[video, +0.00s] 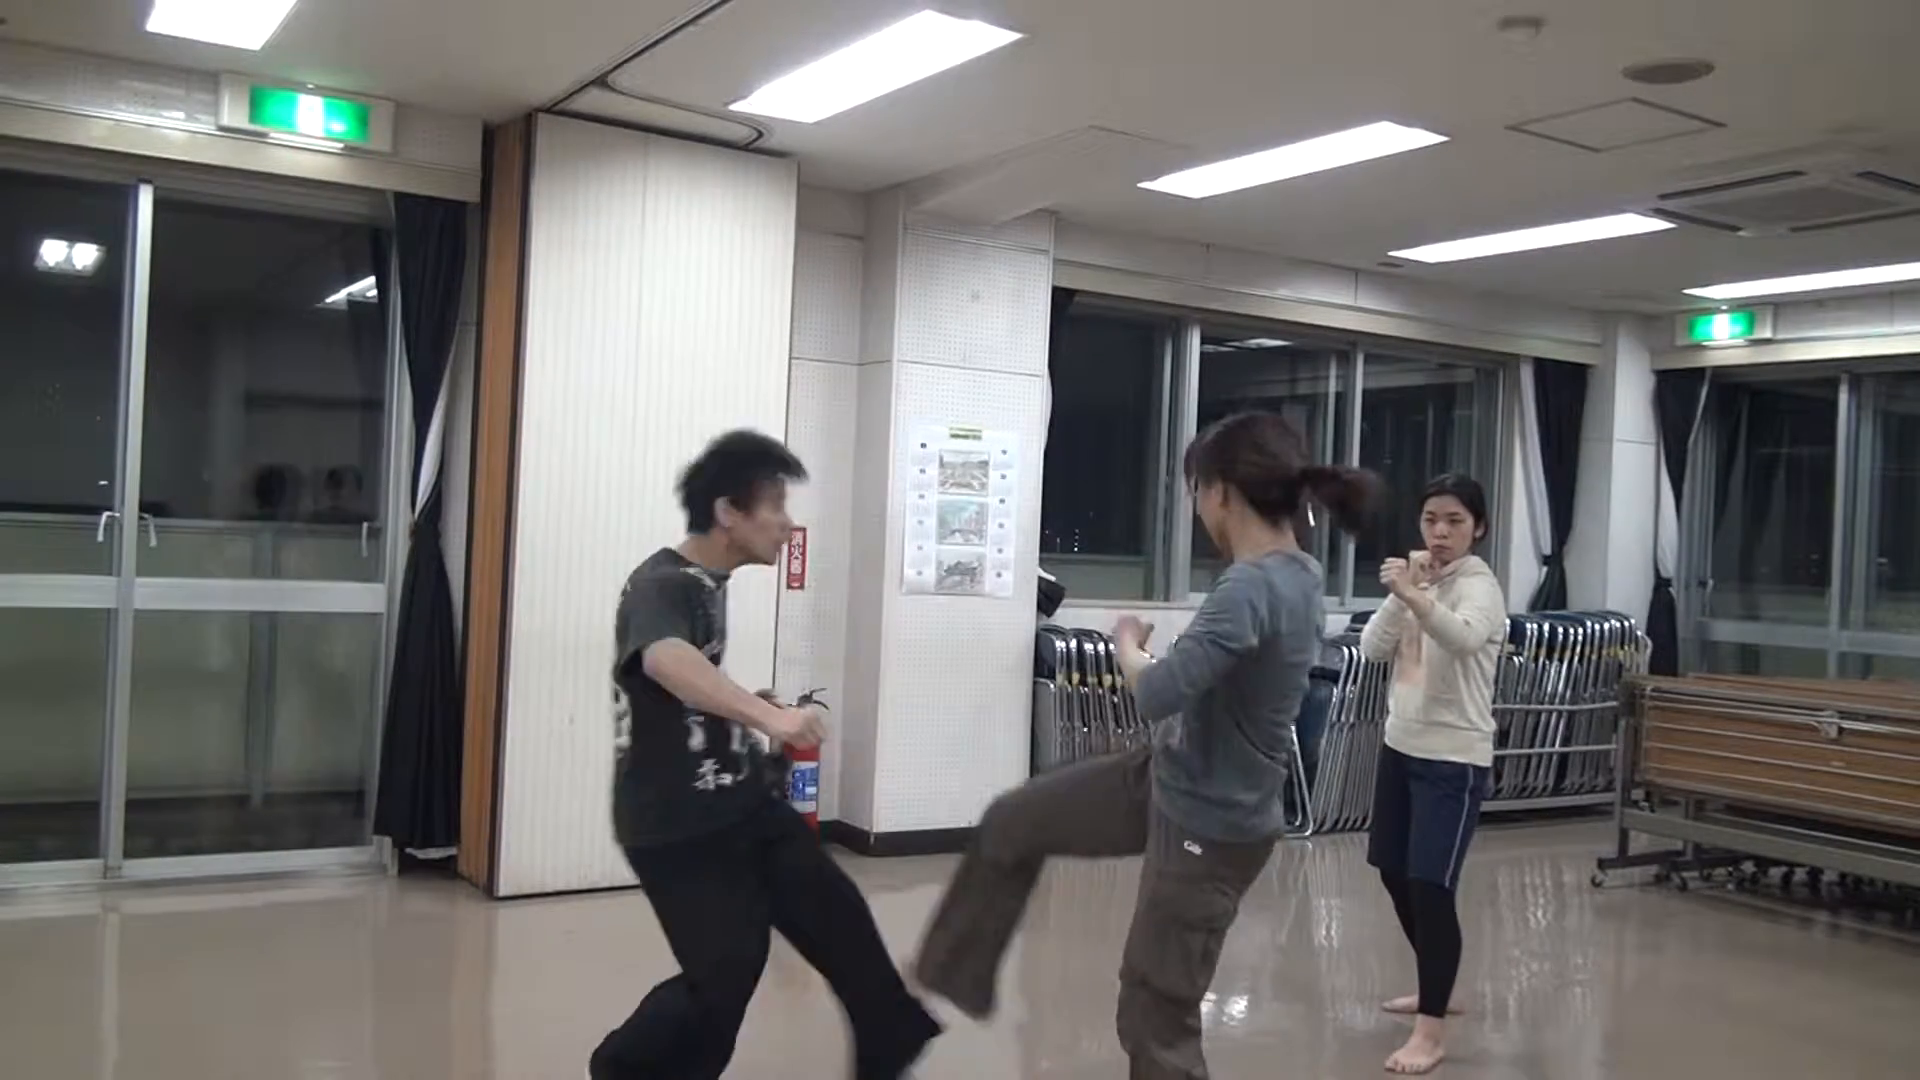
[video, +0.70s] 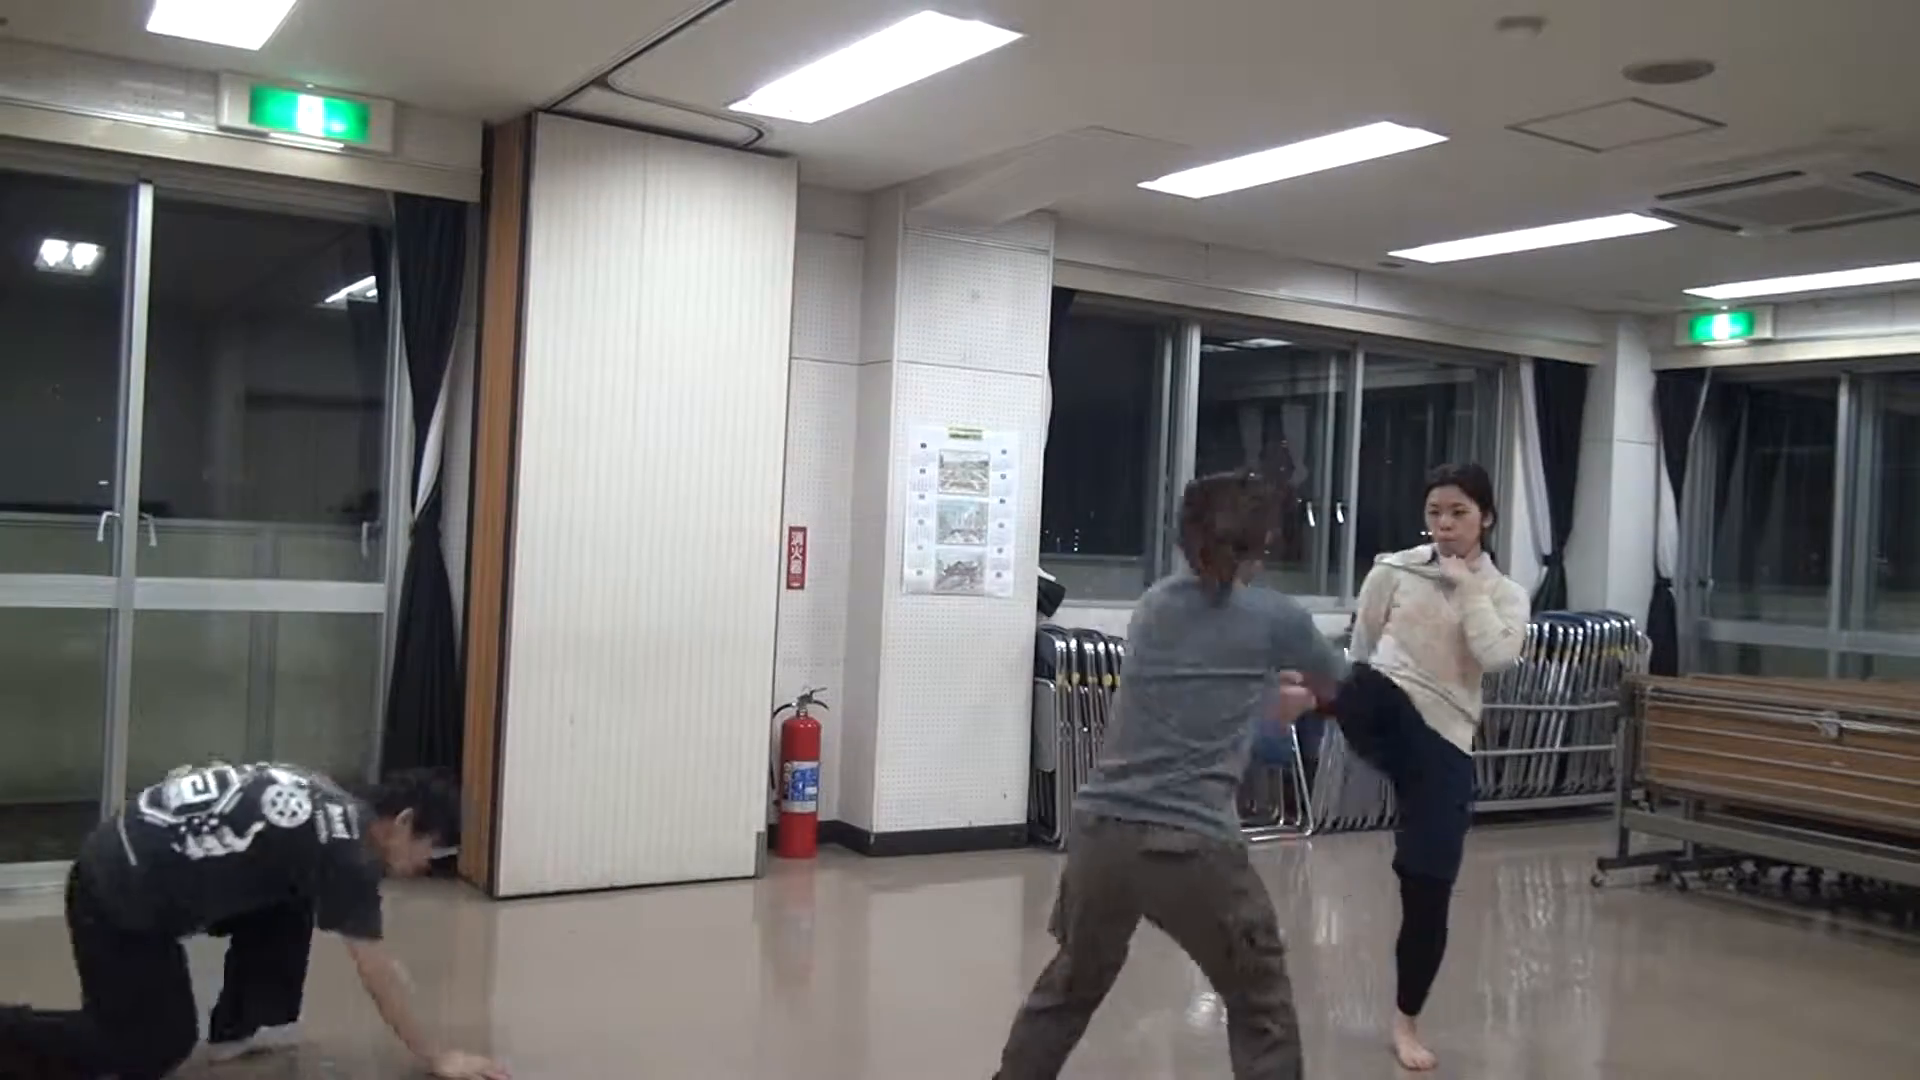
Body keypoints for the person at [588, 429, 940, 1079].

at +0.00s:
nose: (789, 525)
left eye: (786, 509)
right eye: (776, 508)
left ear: (735, 516)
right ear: (727, 514)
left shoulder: (709, 585)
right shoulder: (661, 583)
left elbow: (687, 686)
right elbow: (666, 660)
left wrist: (756, 706)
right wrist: (768, 718)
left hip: (744, 804)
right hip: (677, 822)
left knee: (836, 914)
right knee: (726, 970)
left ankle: (892, 1044)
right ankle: (623, 1067)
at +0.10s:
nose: (725, 537)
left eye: (718, 521)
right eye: (710, 523)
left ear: (671, 537)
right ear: (670, 538)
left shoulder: (634, 603)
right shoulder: (633, 610)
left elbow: (712, 689)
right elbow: (709, 692)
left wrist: (786, 728)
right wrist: (795, 737)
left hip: (633, 816)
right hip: (581, 831)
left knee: (731, 899)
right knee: (689, 959)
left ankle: (674, 1064)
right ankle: (613, 1071)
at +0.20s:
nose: (698, 591)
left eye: (693, 576)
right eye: (686, 578)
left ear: (639, 590)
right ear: (645, 591)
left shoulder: (572, 632)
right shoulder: (595, 655)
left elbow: (492, 706)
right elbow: (652, 734)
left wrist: (453, 801)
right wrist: (752, 787)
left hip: (473, 827)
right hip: (494, 840)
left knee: (568, 928)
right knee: (618, 932)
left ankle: (439, 1010)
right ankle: (625, 1069)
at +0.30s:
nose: (660, 675)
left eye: (659, 661)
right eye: (653, 661)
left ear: (601, 658)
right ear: (609, 662)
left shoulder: (521, 672)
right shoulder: (540, 700)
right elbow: (547, 807)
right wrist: (622, 909)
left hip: (366, 825)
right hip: (402, 838)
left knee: (399, 943)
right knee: (524, 917)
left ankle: (271, 1017)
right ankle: (596, 1065)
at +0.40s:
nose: (593, 768)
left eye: (599, 756)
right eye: (594, 752)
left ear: (540, 727)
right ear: (556, 738)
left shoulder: (459, 710)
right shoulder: (481, 775)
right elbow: (484, 898)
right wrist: (524, 1009)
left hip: (276, 825)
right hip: (314, 840)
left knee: (355, 918)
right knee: (442, 905)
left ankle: (257, 1010)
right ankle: (462, 1047)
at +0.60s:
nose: (477, 869)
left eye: (487, 857)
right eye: (482, 851)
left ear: (445, 807)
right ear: (456, 822)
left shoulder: (366, 780)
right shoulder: (399, 854)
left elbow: (253, 767)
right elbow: (407, 972)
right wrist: (441, 1061)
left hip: (178, 824)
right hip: (173, 876)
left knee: (313, 898)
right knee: (205, 1036)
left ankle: (260, 1030)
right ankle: (53, 1026)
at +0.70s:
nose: (422, 869)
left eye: (433, 859)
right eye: (429, 854)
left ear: (392, 808)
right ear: (399, 823)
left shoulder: (319, 795)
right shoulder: (345, 851)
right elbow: (373, 966)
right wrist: (433, 1055)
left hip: (132, 856)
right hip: (119, 896)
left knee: (284, 900)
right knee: (155, 1045)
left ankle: (242, 1030)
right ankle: (8, 1030)